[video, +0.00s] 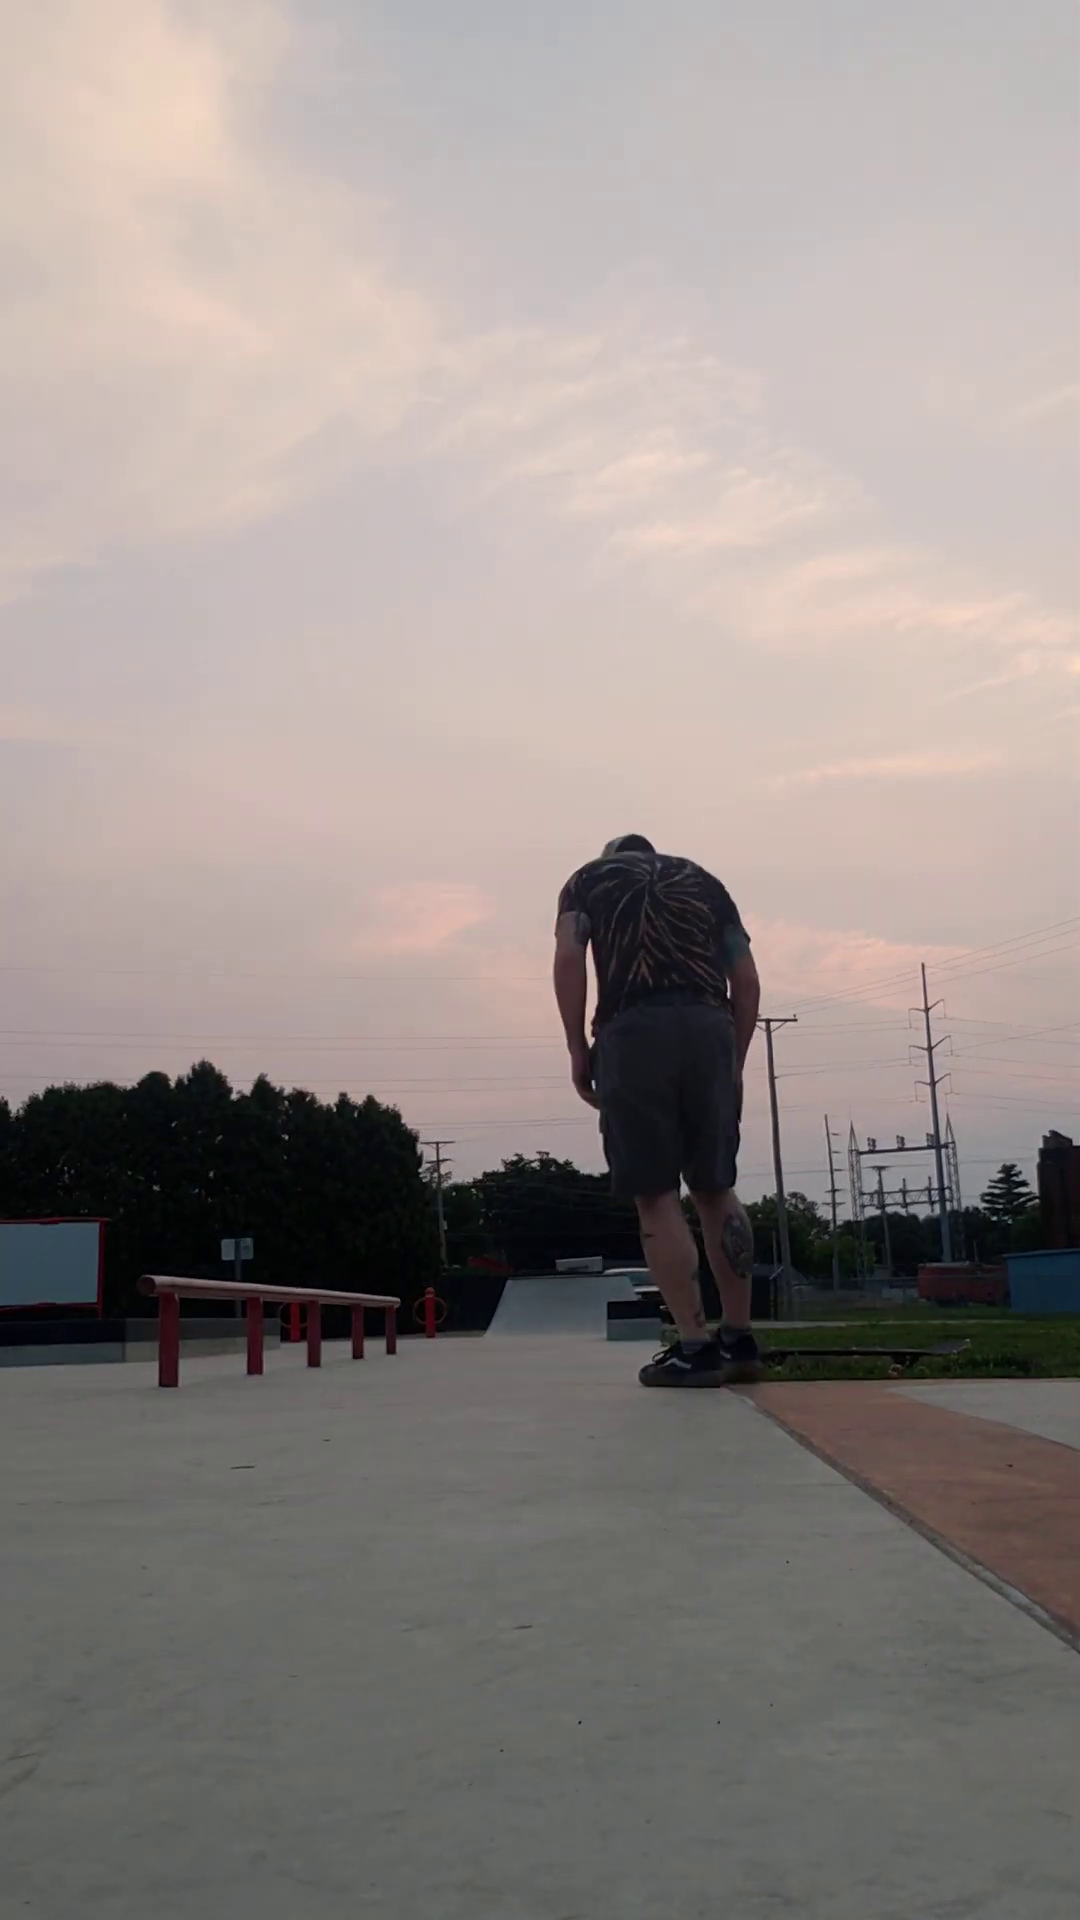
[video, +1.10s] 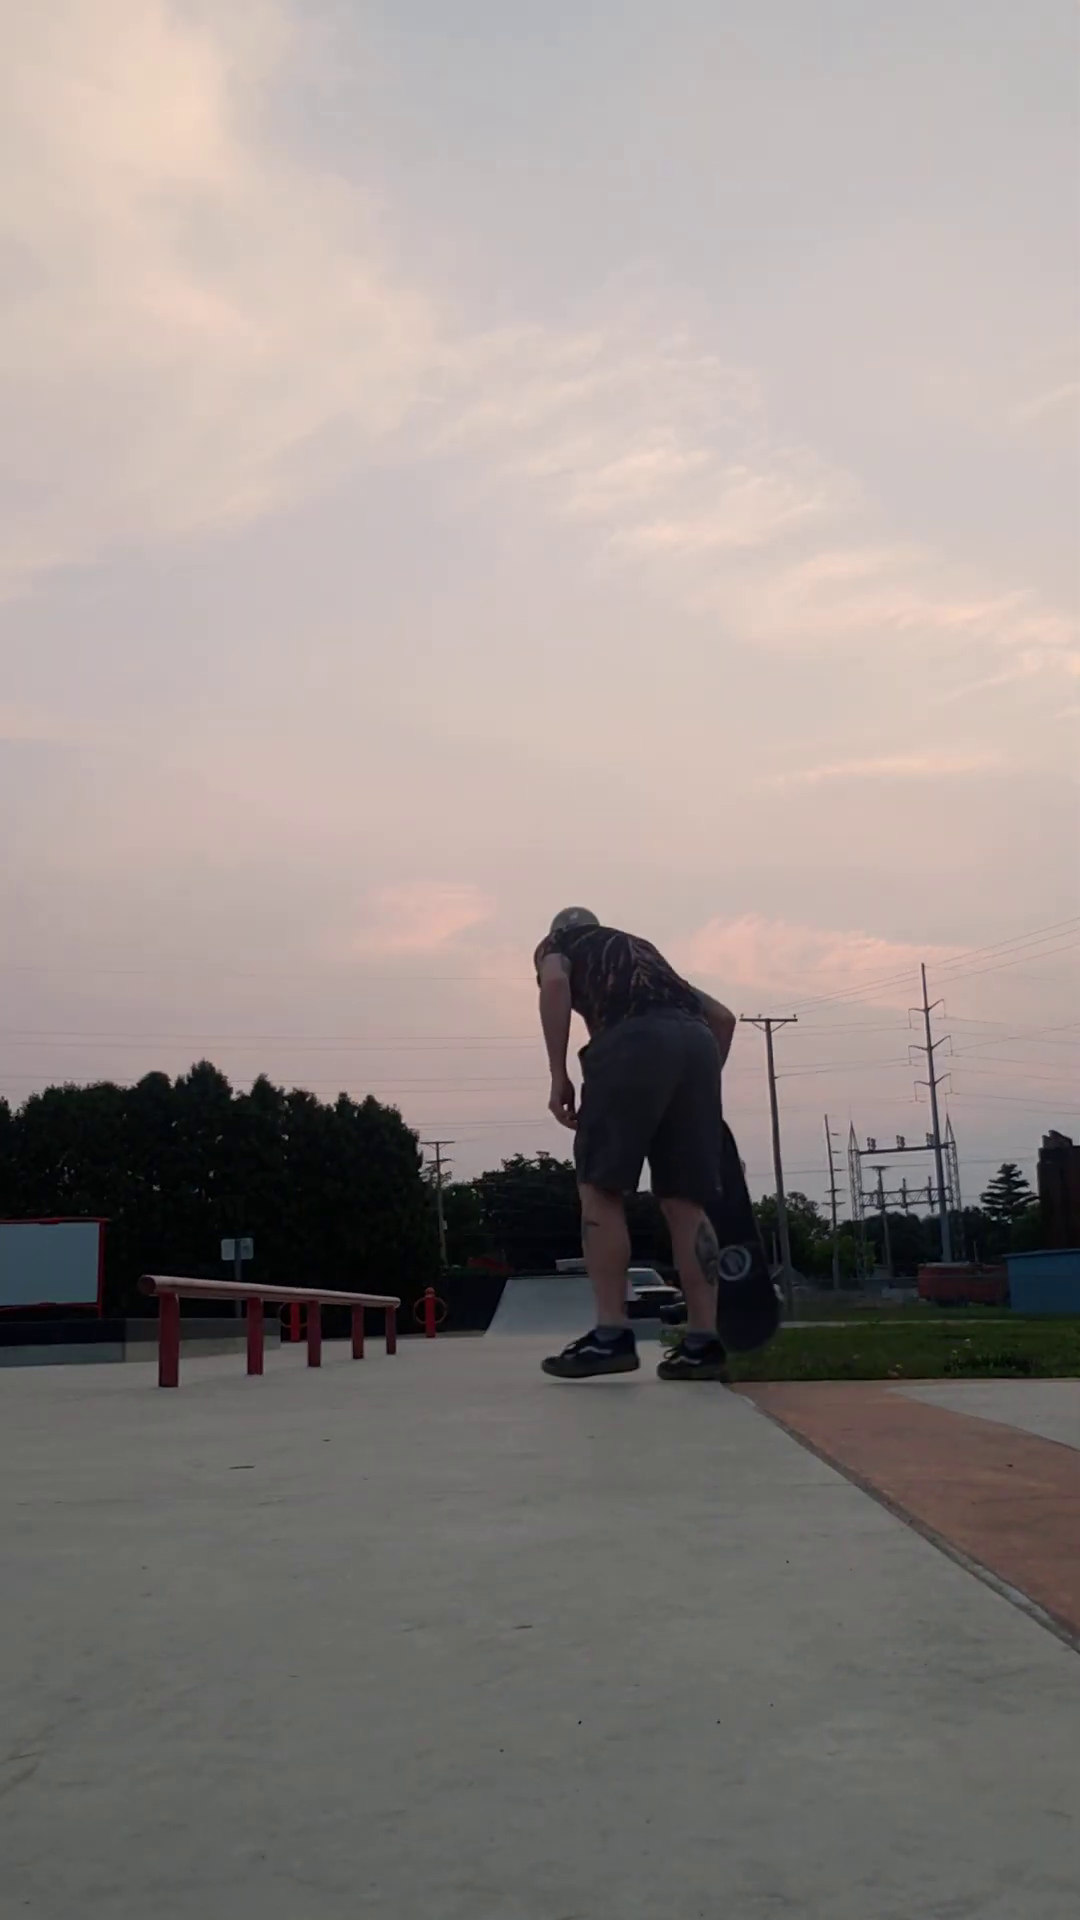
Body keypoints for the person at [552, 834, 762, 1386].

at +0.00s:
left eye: (605, 860)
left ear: (606, 857)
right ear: (654, 852)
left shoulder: (587, 880)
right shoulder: (701, 878)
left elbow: (569, 956)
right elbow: (746, 980)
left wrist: (577, 1045)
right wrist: (734, 1057)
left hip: (632, 1039)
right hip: (711, 1037)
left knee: (655, 1198)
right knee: (715, 1189)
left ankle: (694, 1347)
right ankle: (739, 1337)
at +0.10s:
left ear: (597, 896)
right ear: (646, 891)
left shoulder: (589, 904)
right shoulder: (695, 916)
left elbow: (578, 951)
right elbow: (749, 1023)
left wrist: (577, 1050)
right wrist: (729, 1095)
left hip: (644, 1043)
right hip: (720, 1046)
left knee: (654, 1203)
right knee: (716, 1200)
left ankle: (694, 1348)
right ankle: (717, 1342)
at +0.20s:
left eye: (583, 957)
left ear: (593, 933)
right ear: (640, 927)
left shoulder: (595, 934)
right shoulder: (679, 943)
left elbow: (583, 966)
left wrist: (576, 1058)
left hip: (660, 1046)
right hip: (729, 1046)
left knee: (654, 1206)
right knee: (706, 1201)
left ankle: (695, 1345)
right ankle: (711, 1342)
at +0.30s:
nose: (613, 1051)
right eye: (612, 1047)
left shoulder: (599, 968)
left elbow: (588, 980)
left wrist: (584, 1069)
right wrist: (718, 1215)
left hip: (672, 1046)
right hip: (741, 1048)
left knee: (652, 1206)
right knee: (700, 1200)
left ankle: (694, 1344)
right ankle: (712, 1340)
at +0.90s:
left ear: (573, 977)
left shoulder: (574, 971)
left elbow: (573, 992)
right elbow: (723, 1101)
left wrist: (585, 1086)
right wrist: (717, 1184)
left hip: (659, 1041)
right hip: (722, 1044)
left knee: (631, 1192)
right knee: (685, 1199)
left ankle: (690, 1305)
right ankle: (706, 1346)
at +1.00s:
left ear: (571, 954)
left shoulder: (568, 956)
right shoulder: (653, 965)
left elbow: (565, 986)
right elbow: (733, 1046)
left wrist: (572, 1080)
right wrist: (710, 1121)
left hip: (648, 1043)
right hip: (712, 1047)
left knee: (616, 1187)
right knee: (684, 1195)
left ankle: (659, 1311)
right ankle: (706, 1343)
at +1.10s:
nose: (551, 942)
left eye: (552, 933)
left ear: (558, 930)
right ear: (595, 926)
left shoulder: (556, 942)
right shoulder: (640, 952)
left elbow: (555, 982)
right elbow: (722, 1018)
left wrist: (559, 1075)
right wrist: (698, 1089)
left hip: (633, 1047)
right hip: (698, 1049)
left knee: (600, 1187)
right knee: (684, 1196)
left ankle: (611, 1336)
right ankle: (702, 1342)